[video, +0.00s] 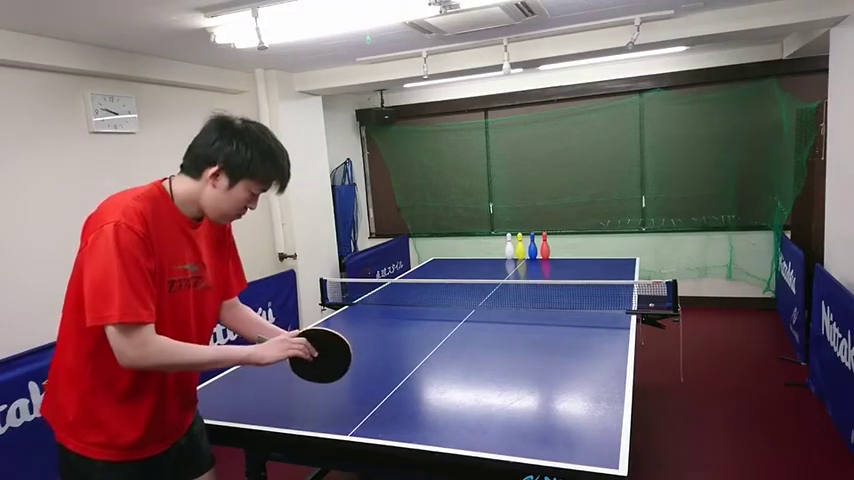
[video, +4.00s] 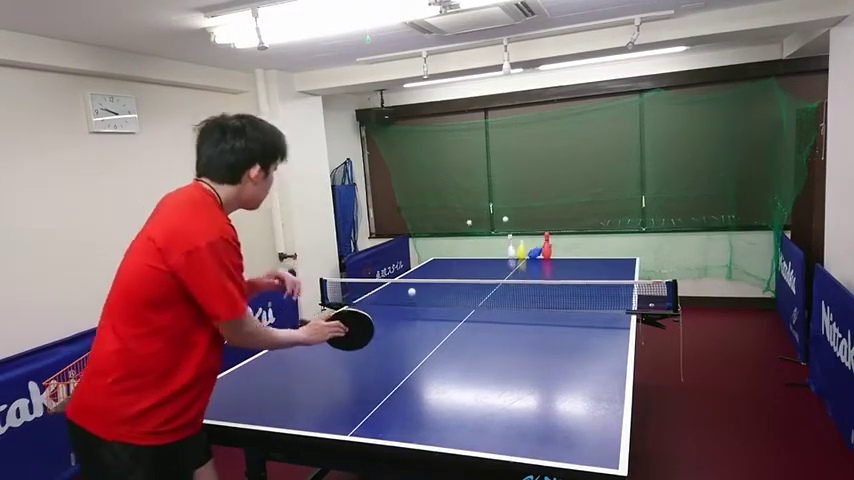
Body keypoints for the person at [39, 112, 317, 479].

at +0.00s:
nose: (252, 207)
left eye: (257, 197)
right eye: (251, 194)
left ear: (215, 177)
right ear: (215, 175)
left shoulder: (211, 221)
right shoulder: (121, 225)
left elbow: (226, 305)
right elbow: (134, 349)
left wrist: (284, 340)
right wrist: (251, 354)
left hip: (173, 419)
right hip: (105, 438)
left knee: (201, 472)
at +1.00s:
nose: (258, 218)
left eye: (263, 208)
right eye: (256, 205)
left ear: (219, 188)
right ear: (219, 187)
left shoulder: (221, 228)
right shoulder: (125, 236)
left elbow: (235, 312)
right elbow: (135, 358)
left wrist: (298, 350)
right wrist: (248, 378)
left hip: (173, 421)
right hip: (104, 440)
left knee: (202, 472)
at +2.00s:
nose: (254, 222)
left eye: (259, 212)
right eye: (251, 209)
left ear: (214, 192)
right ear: (214, 191)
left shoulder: (217, 231)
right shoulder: (120, 241)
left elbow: (237, 313)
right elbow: (137, 362)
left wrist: (306, 354)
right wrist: (245, 383)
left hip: (169, 422)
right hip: (99, 444)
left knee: (197, 471)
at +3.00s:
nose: (254, 223)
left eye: (259, 213)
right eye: (251, 212)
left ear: (211, 196)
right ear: (211, 194)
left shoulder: (223, 235)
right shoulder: (112, 239)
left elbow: (244, 309)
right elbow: (71, 361)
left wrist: (310, 347)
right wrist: (185, 394)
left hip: (174, 431)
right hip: (96, 447)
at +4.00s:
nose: (271, 183)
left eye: (273, 173)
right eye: (272, 173)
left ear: (211, 163)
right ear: (253, 173)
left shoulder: (183, 203)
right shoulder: (206, 229)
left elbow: (199, 291)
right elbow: (238, 331)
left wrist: (257, 285)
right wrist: (300, 335)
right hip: (137, 434)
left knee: (204, 469)